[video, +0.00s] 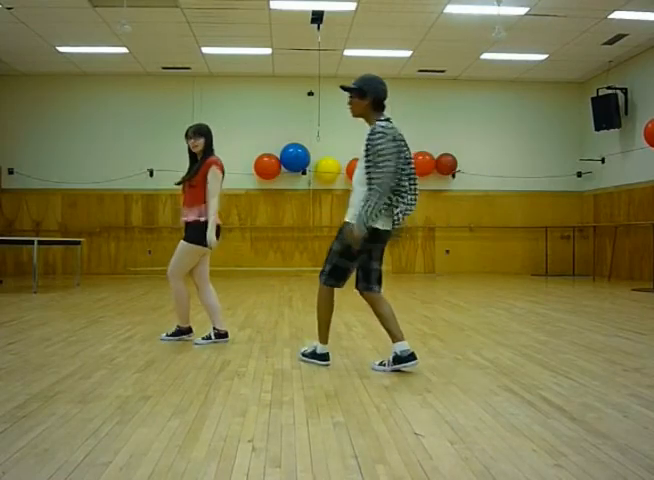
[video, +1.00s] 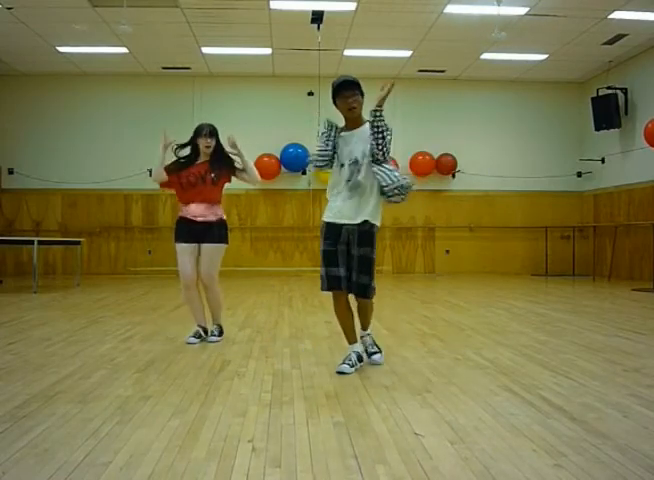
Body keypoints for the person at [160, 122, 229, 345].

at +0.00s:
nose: (193, 142)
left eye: (197, 137)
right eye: (190, 138)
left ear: (207, 140)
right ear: (187, 142)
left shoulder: (213, 165)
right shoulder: (197, 164)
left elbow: (213, 197)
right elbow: (195, 197)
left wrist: (211, 228)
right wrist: (188, 223)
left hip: (200, 226)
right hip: (195, 224)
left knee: (174, 273)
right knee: (202, 281)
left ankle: (183, 326)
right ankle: (220, 330)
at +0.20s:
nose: (179, 145)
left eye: (182, 141)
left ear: (185, 143)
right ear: (206, 146)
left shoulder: (183, 166)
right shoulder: (212, 170)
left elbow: (184, 200)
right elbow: (219, 205)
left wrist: (176, 234)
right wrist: (222, 233)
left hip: (192, 231)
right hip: (211, 231)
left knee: (167, 273)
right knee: (199, 279)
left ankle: (182, 326)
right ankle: (219, 329)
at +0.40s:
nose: (213, 149)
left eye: (213, 145)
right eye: (212, 145)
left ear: (187, 142)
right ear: (207, 145)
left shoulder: (170, 167)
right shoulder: (209, 166)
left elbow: (166, 200)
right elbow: (211, 204)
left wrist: (165, 227)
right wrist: (230, 228)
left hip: (178, 226)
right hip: (206, 226)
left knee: (180, 278)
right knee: (203, 281)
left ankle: (164, 327)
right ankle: (197, 329)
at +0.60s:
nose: (214, 147)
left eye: (213, 143)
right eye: (212, 143)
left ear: (194, 141)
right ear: (202, 142)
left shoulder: (198, 161)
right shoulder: (192, 155)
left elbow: (201, 198)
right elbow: (191, 193)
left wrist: (219, 201)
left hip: (200, 222)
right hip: (194, 222)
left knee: (203, 279)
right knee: (203, 279)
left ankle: (164, 315)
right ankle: (179, 327)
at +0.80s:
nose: (210, 145)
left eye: (213, 141)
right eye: (206, 140)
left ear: (215, 144)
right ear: (195, 142)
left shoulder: (217, 165)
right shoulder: (181, 164)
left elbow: (244, 180)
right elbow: (161, 178)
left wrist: (235, 156)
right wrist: (174, 153)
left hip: (212, 224)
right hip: (185, 222)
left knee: (211, 278)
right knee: (192, 277)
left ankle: (209, 326)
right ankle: (191, 328)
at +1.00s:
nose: (208, 141)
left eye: (211, 137)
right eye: (203, 137)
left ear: (216, 141)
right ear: (195, 140)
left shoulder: (222, 164)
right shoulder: (183, 166)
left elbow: (254, 179)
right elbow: (158, 177)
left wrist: (239, 153)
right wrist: (163, 150)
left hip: (214, 224)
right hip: (186, 224)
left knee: (208, 277)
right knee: (187, 279)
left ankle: (216, 326)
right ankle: (201, 327)